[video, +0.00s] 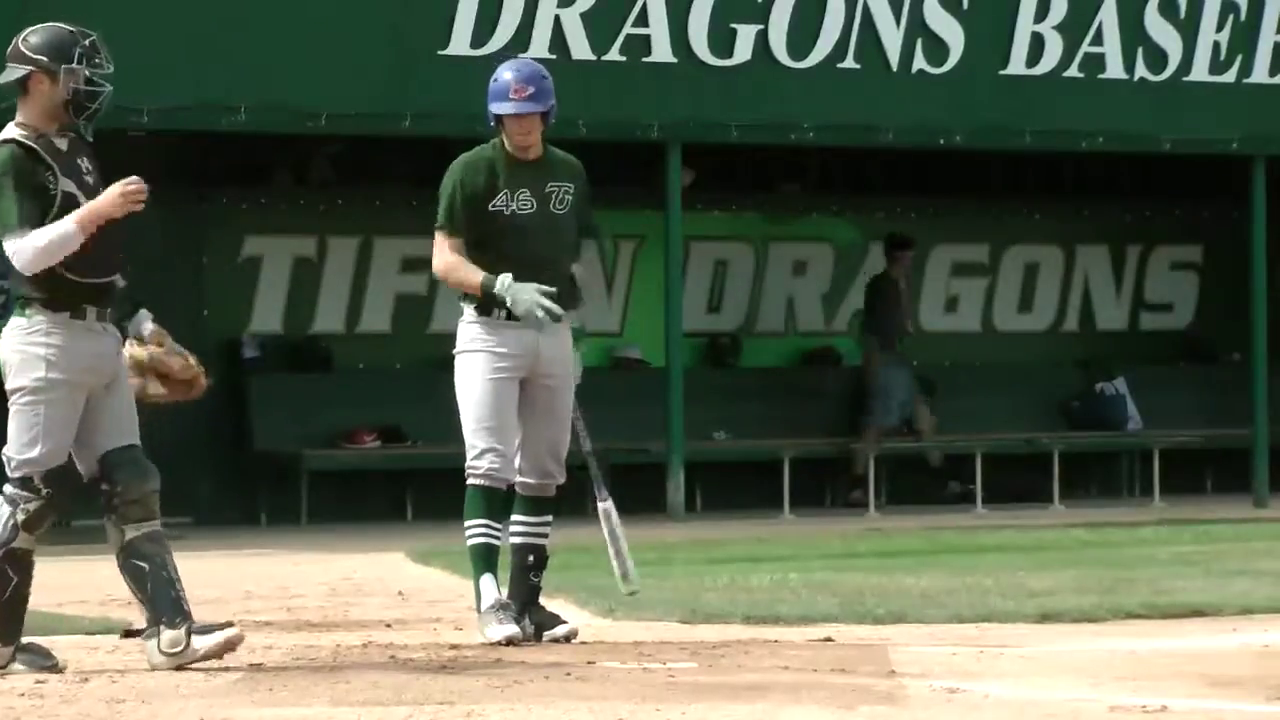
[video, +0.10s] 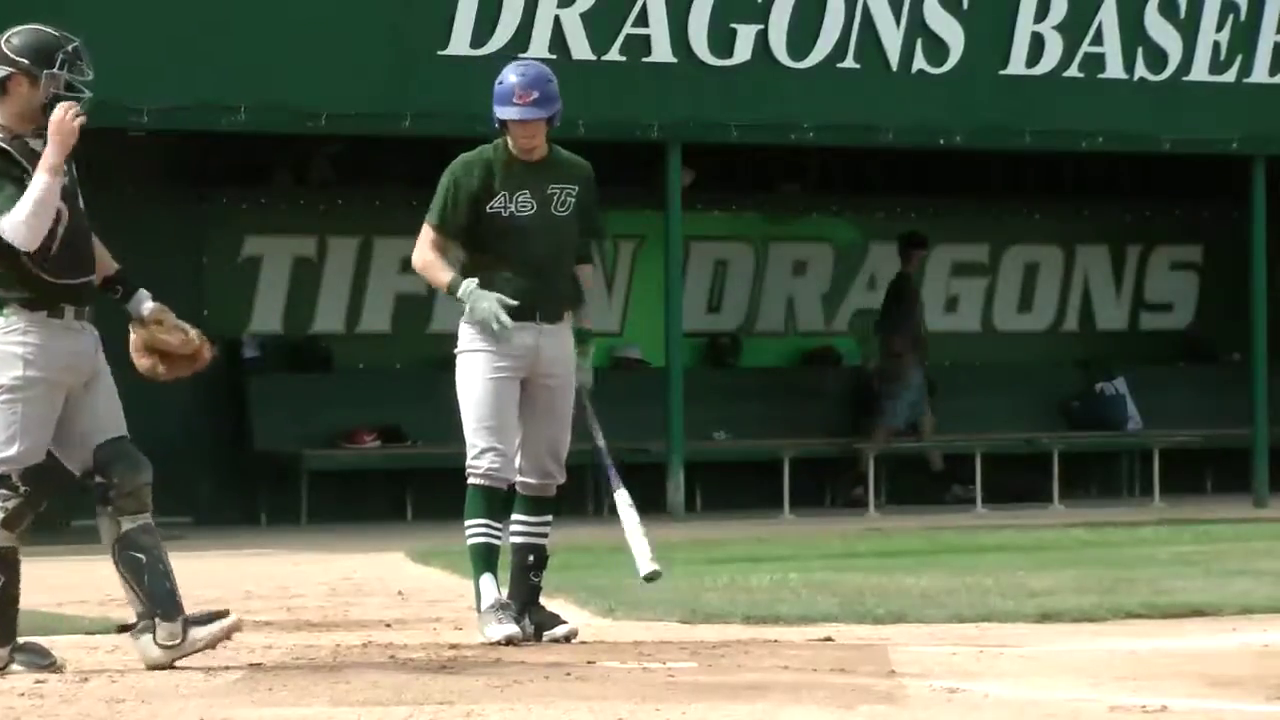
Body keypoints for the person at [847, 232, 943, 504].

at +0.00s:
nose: (907, 263)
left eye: (909, 258)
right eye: (902, 258)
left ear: (907, 258)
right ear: (891, 257)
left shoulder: (901, 285)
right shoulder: (879, 285)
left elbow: (902, 322)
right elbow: (873, 327)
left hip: (897, 357)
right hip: (880, 358)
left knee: (922, 417)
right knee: (875, 422)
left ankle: (939, 473)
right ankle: (859, 480)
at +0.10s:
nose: (920, 262)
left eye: (921, 256)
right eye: (917, 256)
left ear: (906, 257)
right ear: (909, 256)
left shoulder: (903, 285)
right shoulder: (905, 287)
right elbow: (906, 329)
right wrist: (916, 358)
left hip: (907, 362)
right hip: (905, 363)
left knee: (926, 420)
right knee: (888, 423)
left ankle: (941, 479)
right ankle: (862, 480)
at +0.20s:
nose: (937, 259)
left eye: (936, 254)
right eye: (935, 254)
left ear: (916, 253)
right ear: (930, 255)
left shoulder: (916, 282)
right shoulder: (921, 284)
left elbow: (903, 326)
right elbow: (921, 328)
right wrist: (931, 359)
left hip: (921, 361)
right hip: (920, 362)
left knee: (934, 422)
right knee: (909, 424)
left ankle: (947, 480)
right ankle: (875, 477)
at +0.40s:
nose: (969, 253)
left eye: (968, 247)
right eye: (966, 248)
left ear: (945, 248)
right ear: (959, 249)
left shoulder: (933, 278)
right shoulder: (951, 278)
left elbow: (923, 324)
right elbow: (949, 328)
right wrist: (963, 363)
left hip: (933, 360)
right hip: (948, 359)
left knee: (938, 419)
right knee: (970, 421)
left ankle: (951, 482)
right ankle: (930, 458)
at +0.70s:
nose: (1010, 255)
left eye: (1009, 249)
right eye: (1008, 249)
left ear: (987, 249)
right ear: (1000, 250)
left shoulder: (976, 277)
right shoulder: (991, 279)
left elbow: (976, 324)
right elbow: (986, 326)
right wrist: (987, 365)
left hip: (979, 354)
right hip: (991, 355)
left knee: (971, 411)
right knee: (1020, 409)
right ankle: (1040, 474)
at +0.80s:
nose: (1028, 259)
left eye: (1028, 253)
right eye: (1025, 254)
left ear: (1003, 255)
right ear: (1015, 255)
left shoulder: (988, 283)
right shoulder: (1011, 283)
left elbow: (987, 329)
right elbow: (1007, 329)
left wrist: (990, 359)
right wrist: (1005, 367)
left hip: (994, 358)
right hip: (1014, 359)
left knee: (986, 413)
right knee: (1037, 419)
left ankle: (959, 471)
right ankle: (1056, 478)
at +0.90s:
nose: (1046, 261)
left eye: (1046, 255)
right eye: (1042, 255)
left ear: (1024, 255)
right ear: (1031, 255)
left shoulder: (1005, 284)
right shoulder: (1034, 285)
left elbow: (1000, 327)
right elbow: (1031, 330)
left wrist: (1009, 354)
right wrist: (1029, 366)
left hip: (1014, 356)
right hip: (1035, 356)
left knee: (1013, 414)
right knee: (1053, 414)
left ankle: (974, 469)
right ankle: (1061, 479)